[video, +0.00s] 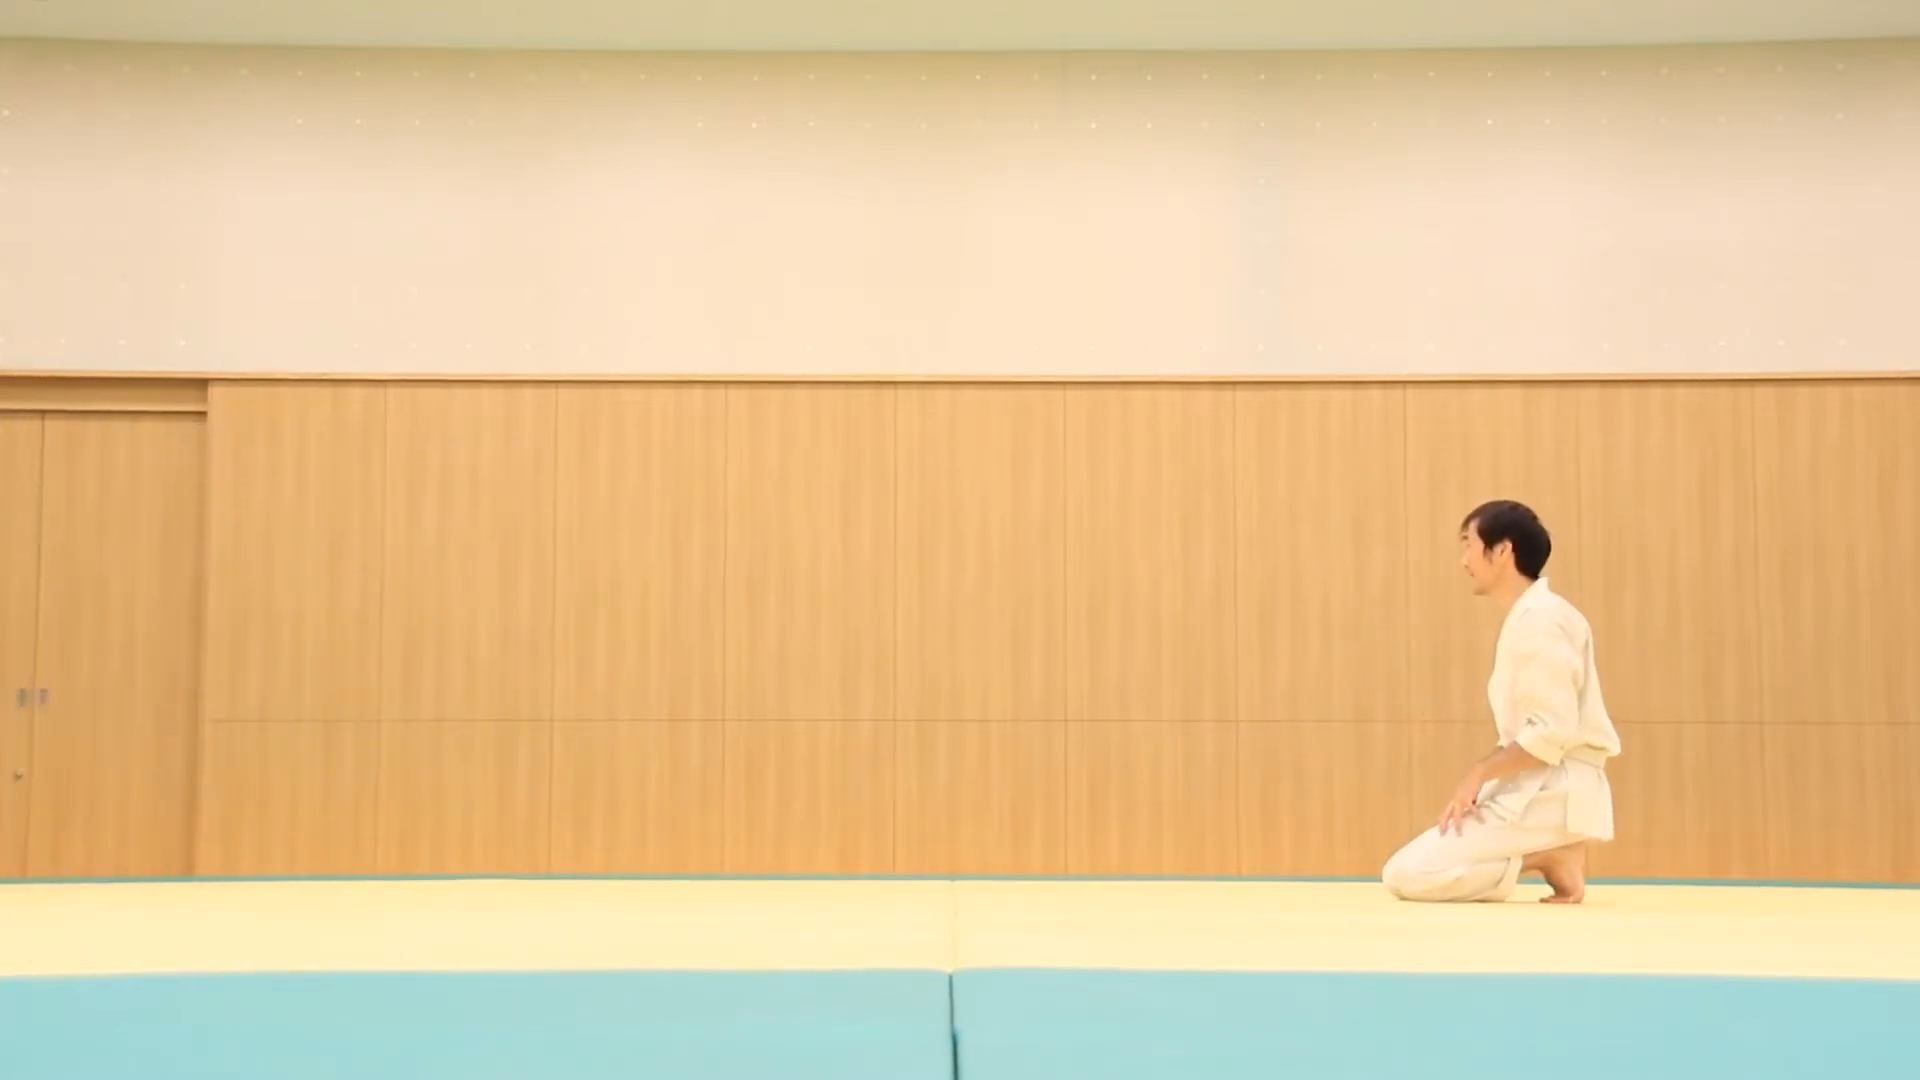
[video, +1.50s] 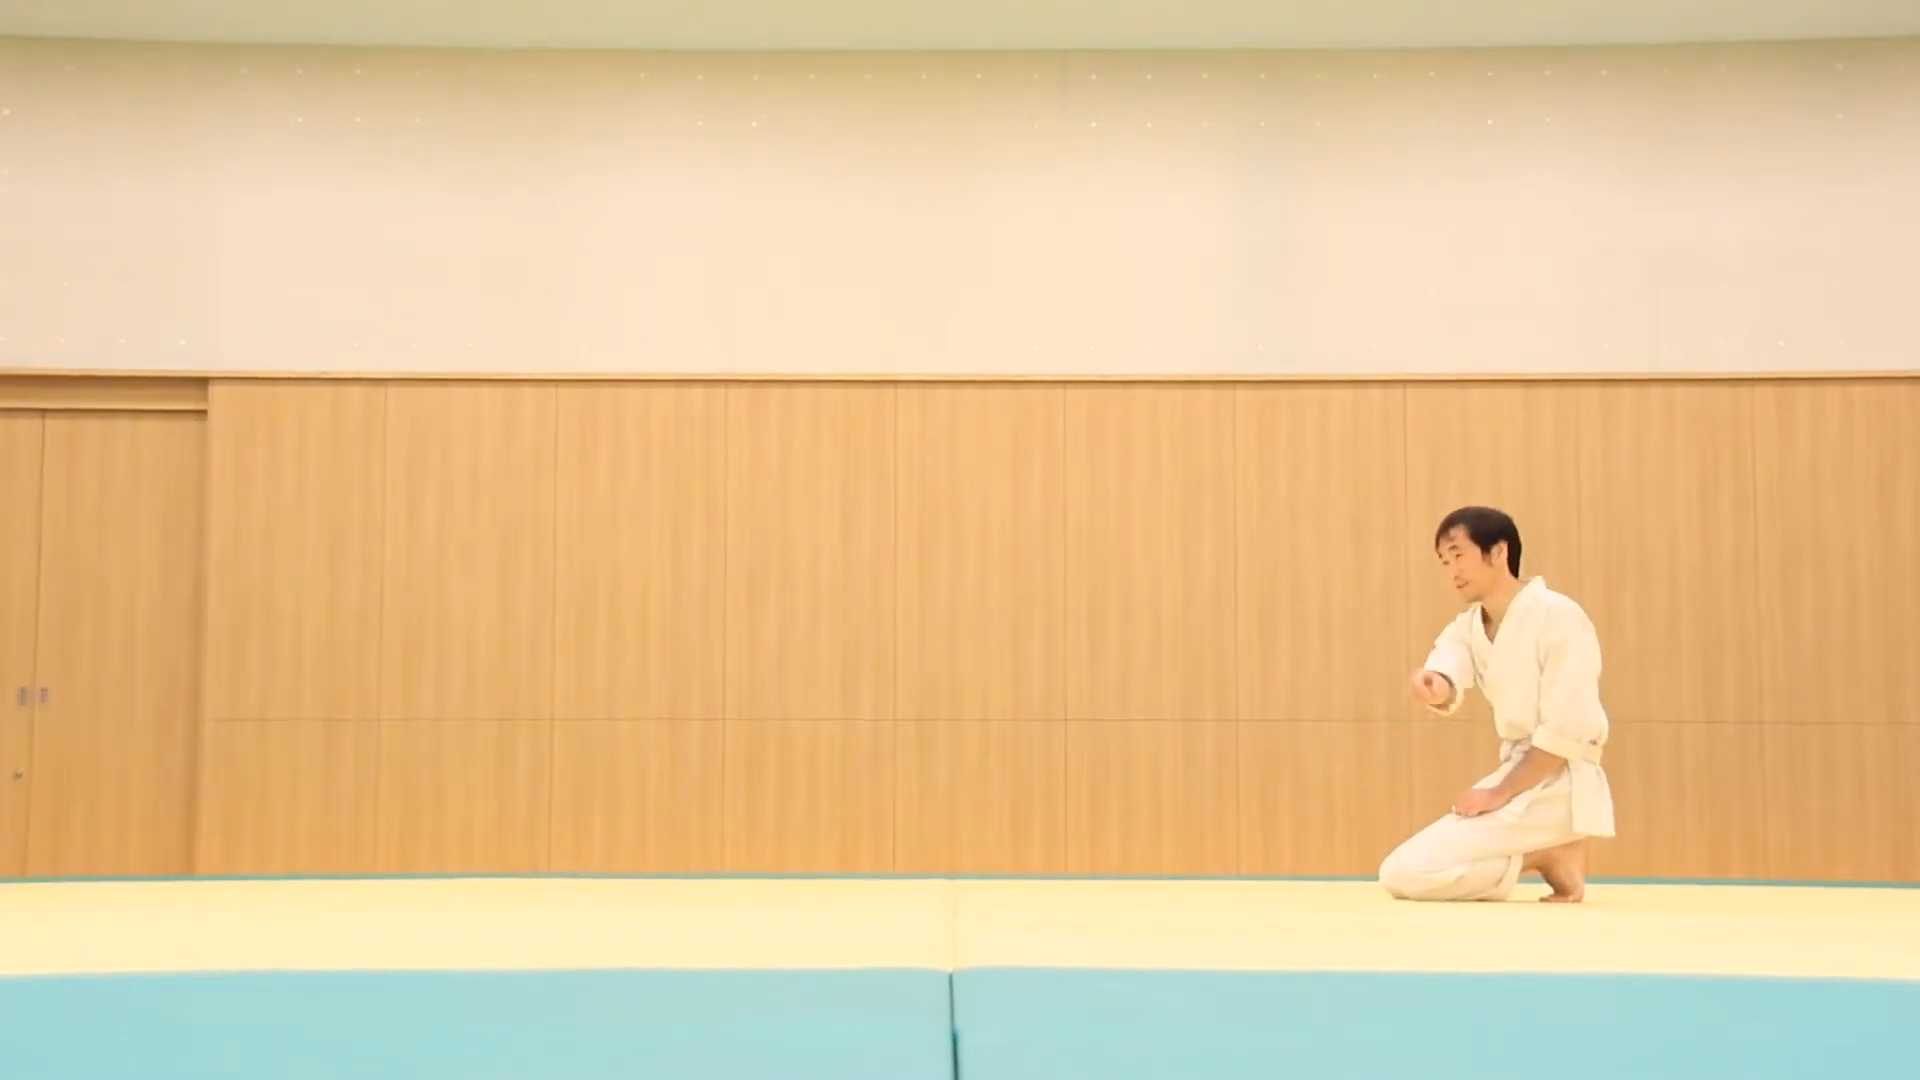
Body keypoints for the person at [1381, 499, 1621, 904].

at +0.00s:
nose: (1463, 561)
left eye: (1469, 546)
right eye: (1464, 548)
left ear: (1503, 552)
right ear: (1503, 554)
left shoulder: (1538, 620)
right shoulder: (1541, 615)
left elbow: (1552, 732)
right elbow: (1543, 730)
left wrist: (1479, 774)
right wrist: (1478, 783)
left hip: (1555, 794)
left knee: (1406, 876)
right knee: (1405, 872)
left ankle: (1550, 857)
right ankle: (1548, 856)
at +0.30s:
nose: (1463, 566)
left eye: (1469, 552)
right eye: (1464, 553)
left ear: (1502, 555)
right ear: (1502, 556)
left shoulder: (1539, 621)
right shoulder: (1539, 616)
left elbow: (1554, 733)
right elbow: (1544, 732)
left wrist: (1480, 781)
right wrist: (1479, 789)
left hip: (1558, 794)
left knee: (1407, 876)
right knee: (1406, 871)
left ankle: (1550, 856)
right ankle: (1548, 856)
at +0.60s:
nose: (1460, 572)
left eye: (1461, 556)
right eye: (1457, 558)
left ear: (1494, 557)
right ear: (1492, 559)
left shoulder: (1549, 618)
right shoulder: (1527, 620)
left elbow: (1550, 722)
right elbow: (1505, 716)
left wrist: (1467, 739)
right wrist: (1439, 734)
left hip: (1557, 790)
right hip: (1533, 783)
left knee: (1407, 876)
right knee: (1405, 872)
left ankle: (1550, 856)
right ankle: (1547, 856)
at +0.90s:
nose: (1450, 580)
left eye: (1449, 565)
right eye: (1446, 568)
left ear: (1479, 562)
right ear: (1477, 564)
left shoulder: (1541, 617)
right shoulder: (1516, 624)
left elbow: (1561, 716)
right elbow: (1470, 723)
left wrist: (1483, 743)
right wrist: (1400, 731)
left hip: (1555, 789)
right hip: (1531, 783)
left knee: (1407, 876)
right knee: (1405, 872)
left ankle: (1548, 856)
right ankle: (1547, 856)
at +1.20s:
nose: (1454, 579)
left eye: (1460, 563)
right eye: (1449, 569)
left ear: (1501, 558)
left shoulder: (1561, 622)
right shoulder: (1485, 640)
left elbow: (1575, 729)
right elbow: (1438, 723)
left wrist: (1503, 789)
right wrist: (1380, 746)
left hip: (1565, 791)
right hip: (1520, 786)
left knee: (1406, 876)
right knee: (1403, 873)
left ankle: (1550, 856)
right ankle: (1546, 858)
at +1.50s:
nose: (1452, 572)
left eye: (1458, 556)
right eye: (1446, 563)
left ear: (1498, 554)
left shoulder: (1559, 618)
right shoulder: (1468, 627)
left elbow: (1568, 728)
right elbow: (1448, 664)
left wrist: (1498, 792)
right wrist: (1435, 685)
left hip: (1563, 788)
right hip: (1514, 780)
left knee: (1405, 875)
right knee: (1398, 874)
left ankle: (1548, 855)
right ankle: (1544, 856)